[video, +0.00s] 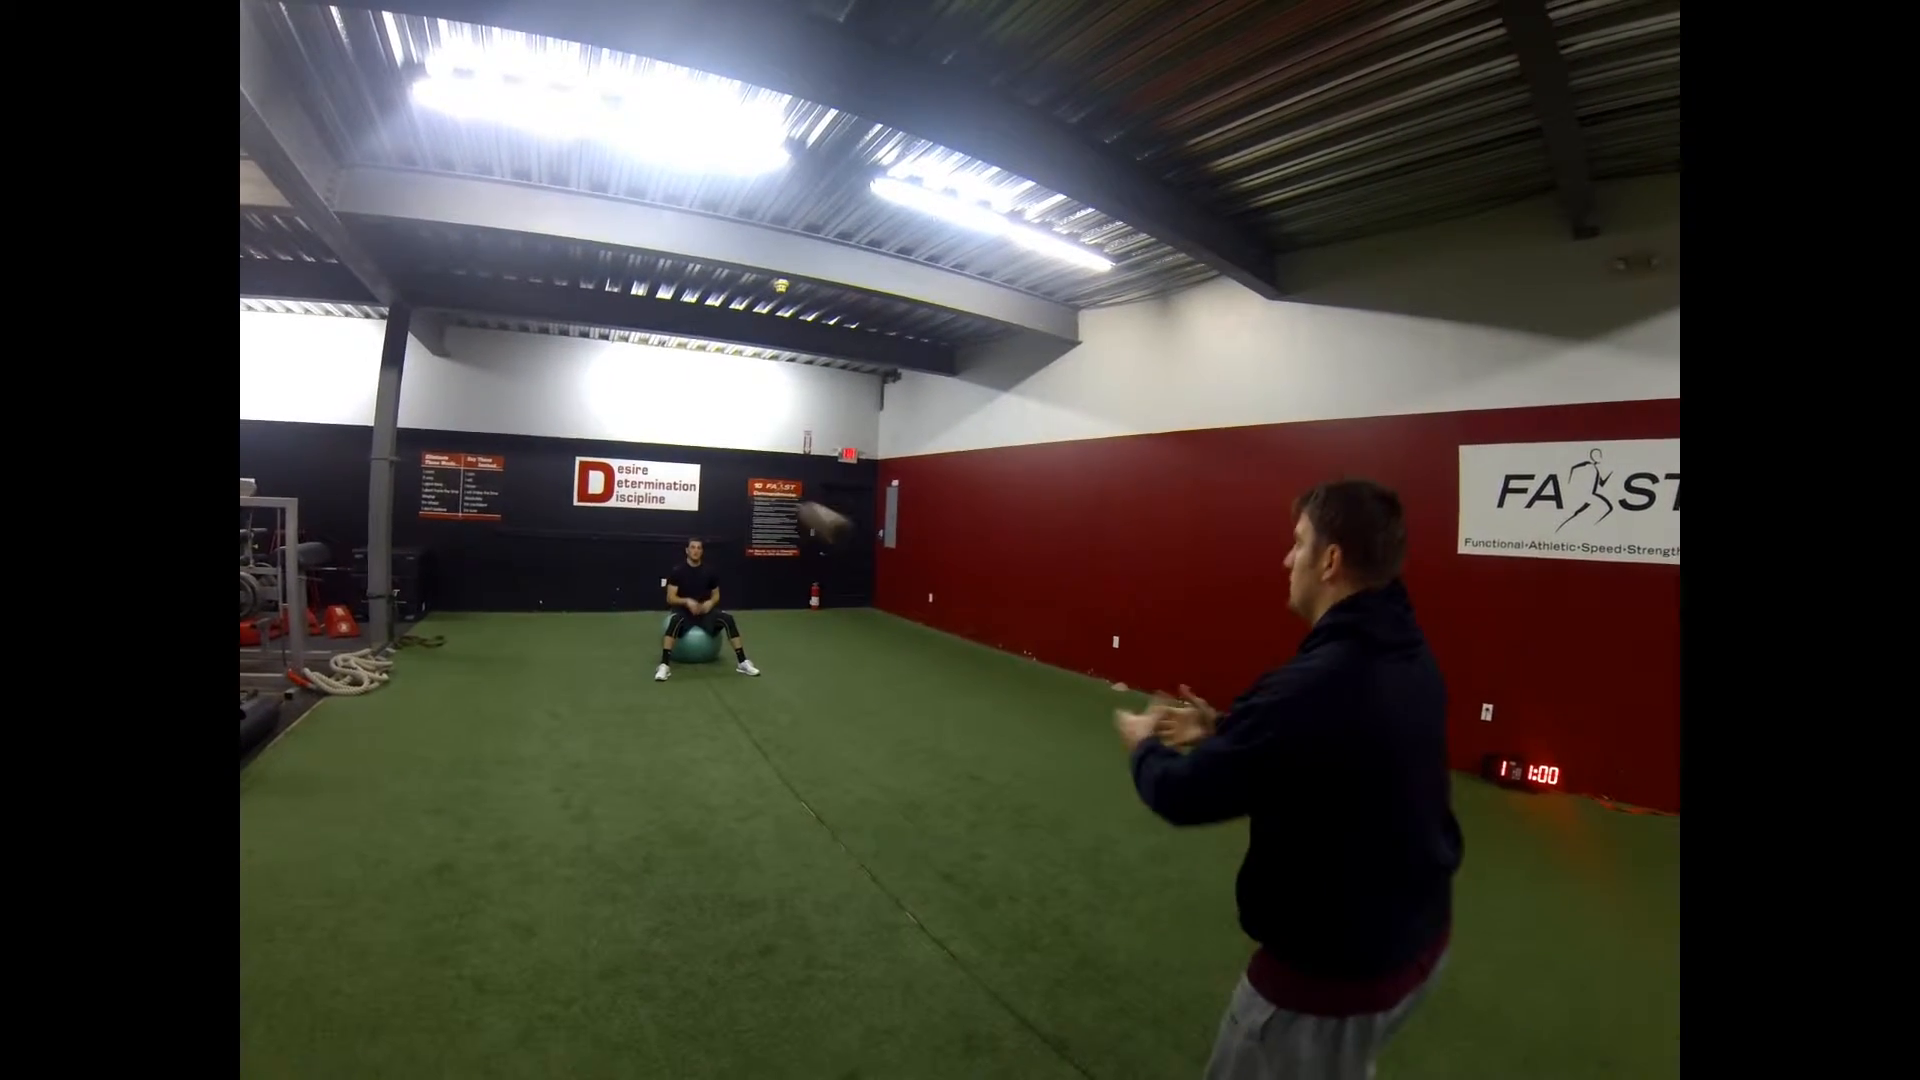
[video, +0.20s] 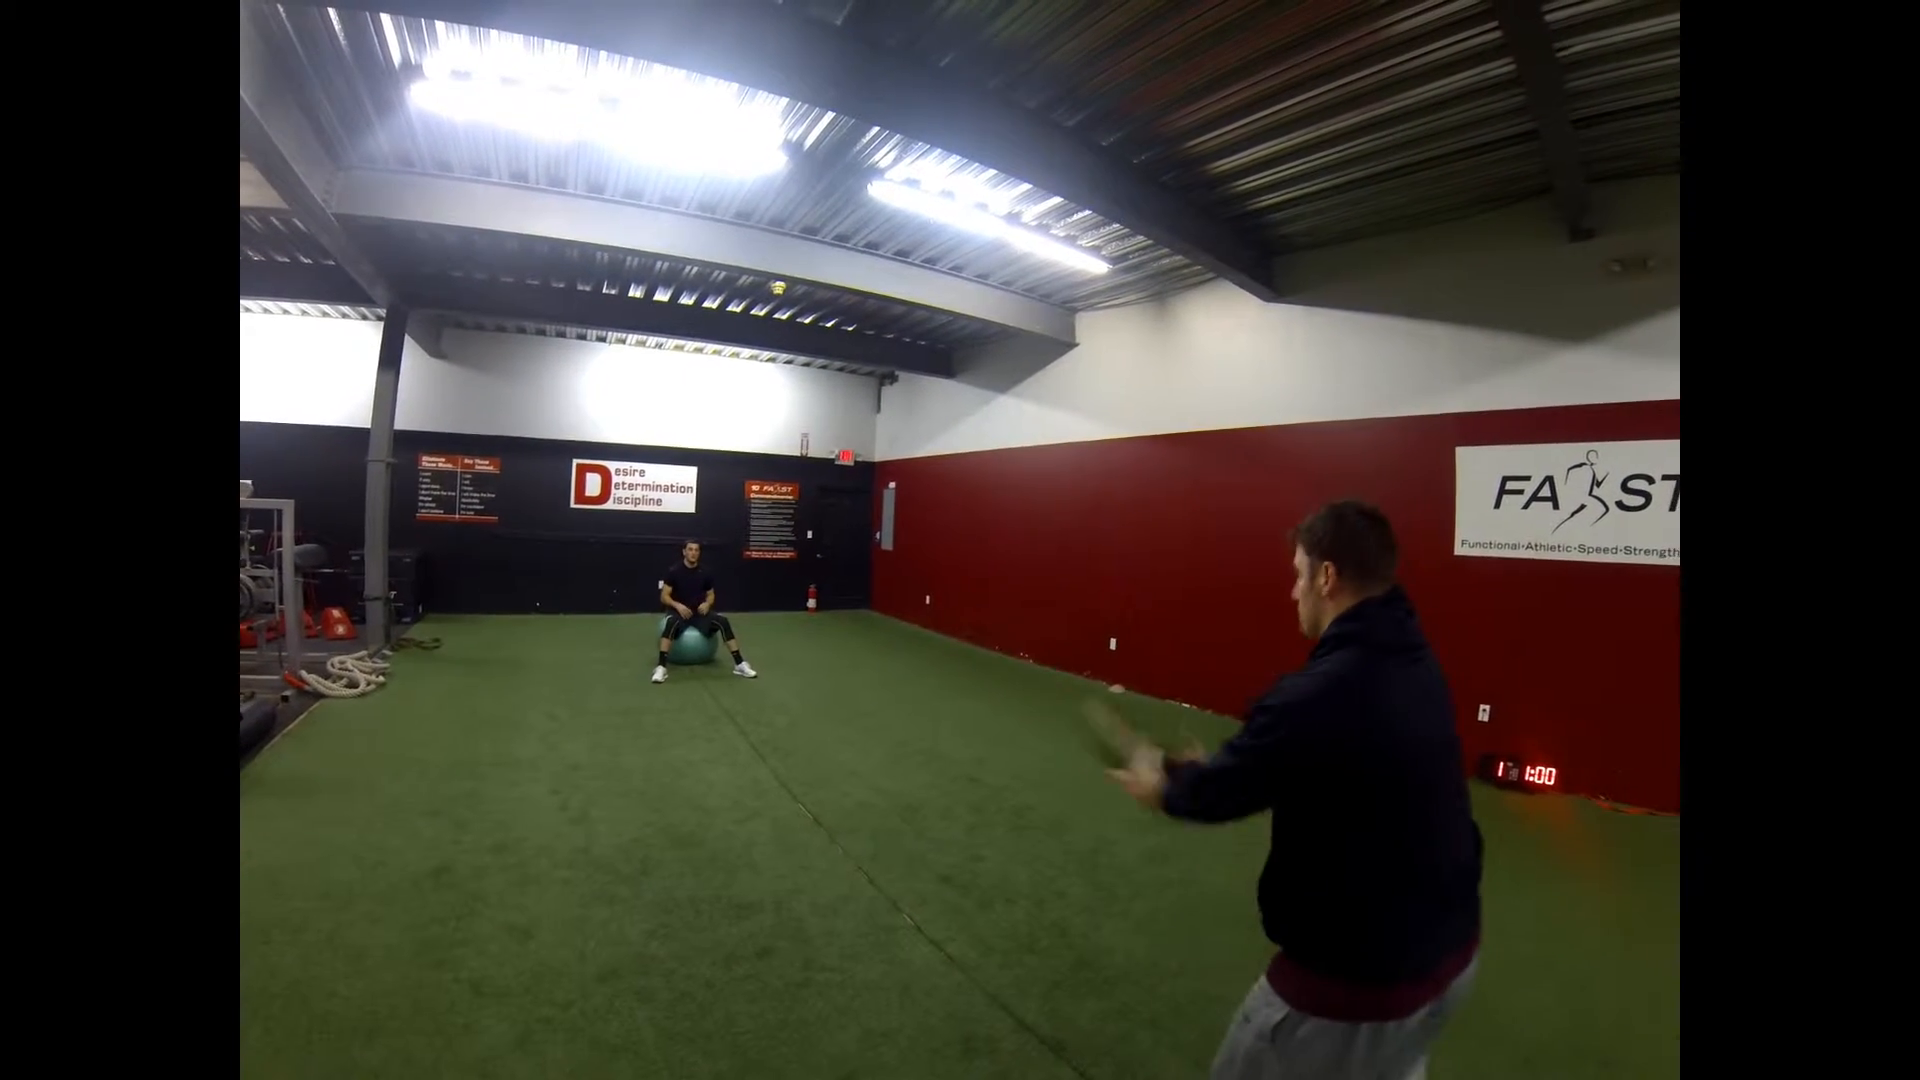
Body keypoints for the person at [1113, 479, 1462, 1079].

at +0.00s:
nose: (1287, 561)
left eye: (1297, 543)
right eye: (1292, 543)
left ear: (1330, 558)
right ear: (1385, 563)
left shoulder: (1319, 680)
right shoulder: (1407, 655)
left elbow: (1188, 794)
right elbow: (1325, 751)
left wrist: (1144, 748)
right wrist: (1220, 730)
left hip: (1321, 974)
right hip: (1410, 945)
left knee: (1251, 1069)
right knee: (1330, 1065)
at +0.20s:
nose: (1293, 593)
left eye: (1296, 575)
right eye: (1293, 576)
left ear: (1327, 576)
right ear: (1381, 572)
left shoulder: (1324, 688)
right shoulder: (1412, 660)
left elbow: (1228, 789)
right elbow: (1309, 758)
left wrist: (1162, 786)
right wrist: (1208, 766)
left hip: (1344, 985)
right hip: (1441, 959)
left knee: (1247, 1070)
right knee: (1388, 1070)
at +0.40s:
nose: (1322, 603)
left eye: (1320, 586)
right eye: (1318, 587)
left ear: (1341, 582)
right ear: (1402, 574)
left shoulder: (1330, 699)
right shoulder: (1463, 670)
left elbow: (1261, 844)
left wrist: (1245, 828)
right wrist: (1275, 813)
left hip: (1357, 989)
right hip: (1467, 965)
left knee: (1257, 1071)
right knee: (1408, 1071)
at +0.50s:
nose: (1342, 591)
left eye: (1342, 576)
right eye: (1341, 578)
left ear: (1360, 576)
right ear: (1424, 570)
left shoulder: (1343, 690)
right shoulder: (1490, 669)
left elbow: (1276, 823)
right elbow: (1482, 794)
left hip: (1359, 978)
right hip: (1471, 962)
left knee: (1267, 1070)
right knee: (1412, 1072)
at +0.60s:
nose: (1368, 583)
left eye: (1369, 569)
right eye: (1369, 569)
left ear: (1386, 568)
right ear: (1450, 560)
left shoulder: (1352, 683)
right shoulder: (1514, 668)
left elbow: (1285, 809)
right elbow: (1499, 788)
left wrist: (1299, 750)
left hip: (1364, 965)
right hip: (1477, 956)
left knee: (1274, 1072)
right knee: (1416, 1073)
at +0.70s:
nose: (1411, 572)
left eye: (1412, 559)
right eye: (1411, 559)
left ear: (1426, 560)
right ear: (1493, 556)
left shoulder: (1381, 668)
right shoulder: (1548, 671)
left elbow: (1309, 788)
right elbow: (1531, 795)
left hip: (1369, 949)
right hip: (1481, 950)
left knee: (1279, 1071)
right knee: (1418, 1074)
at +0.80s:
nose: (1432, 568)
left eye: (1434, 555)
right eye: (1436, 555)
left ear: (1447, 558)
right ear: (1517, 557)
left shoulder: (1399, 663)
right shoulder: (1565, 675)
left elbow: (1324, 772)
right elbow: (1539, 799)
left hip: (1372, 944)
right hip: (1484, 949)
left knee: (1270, 1067)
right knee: (1424, 1073)